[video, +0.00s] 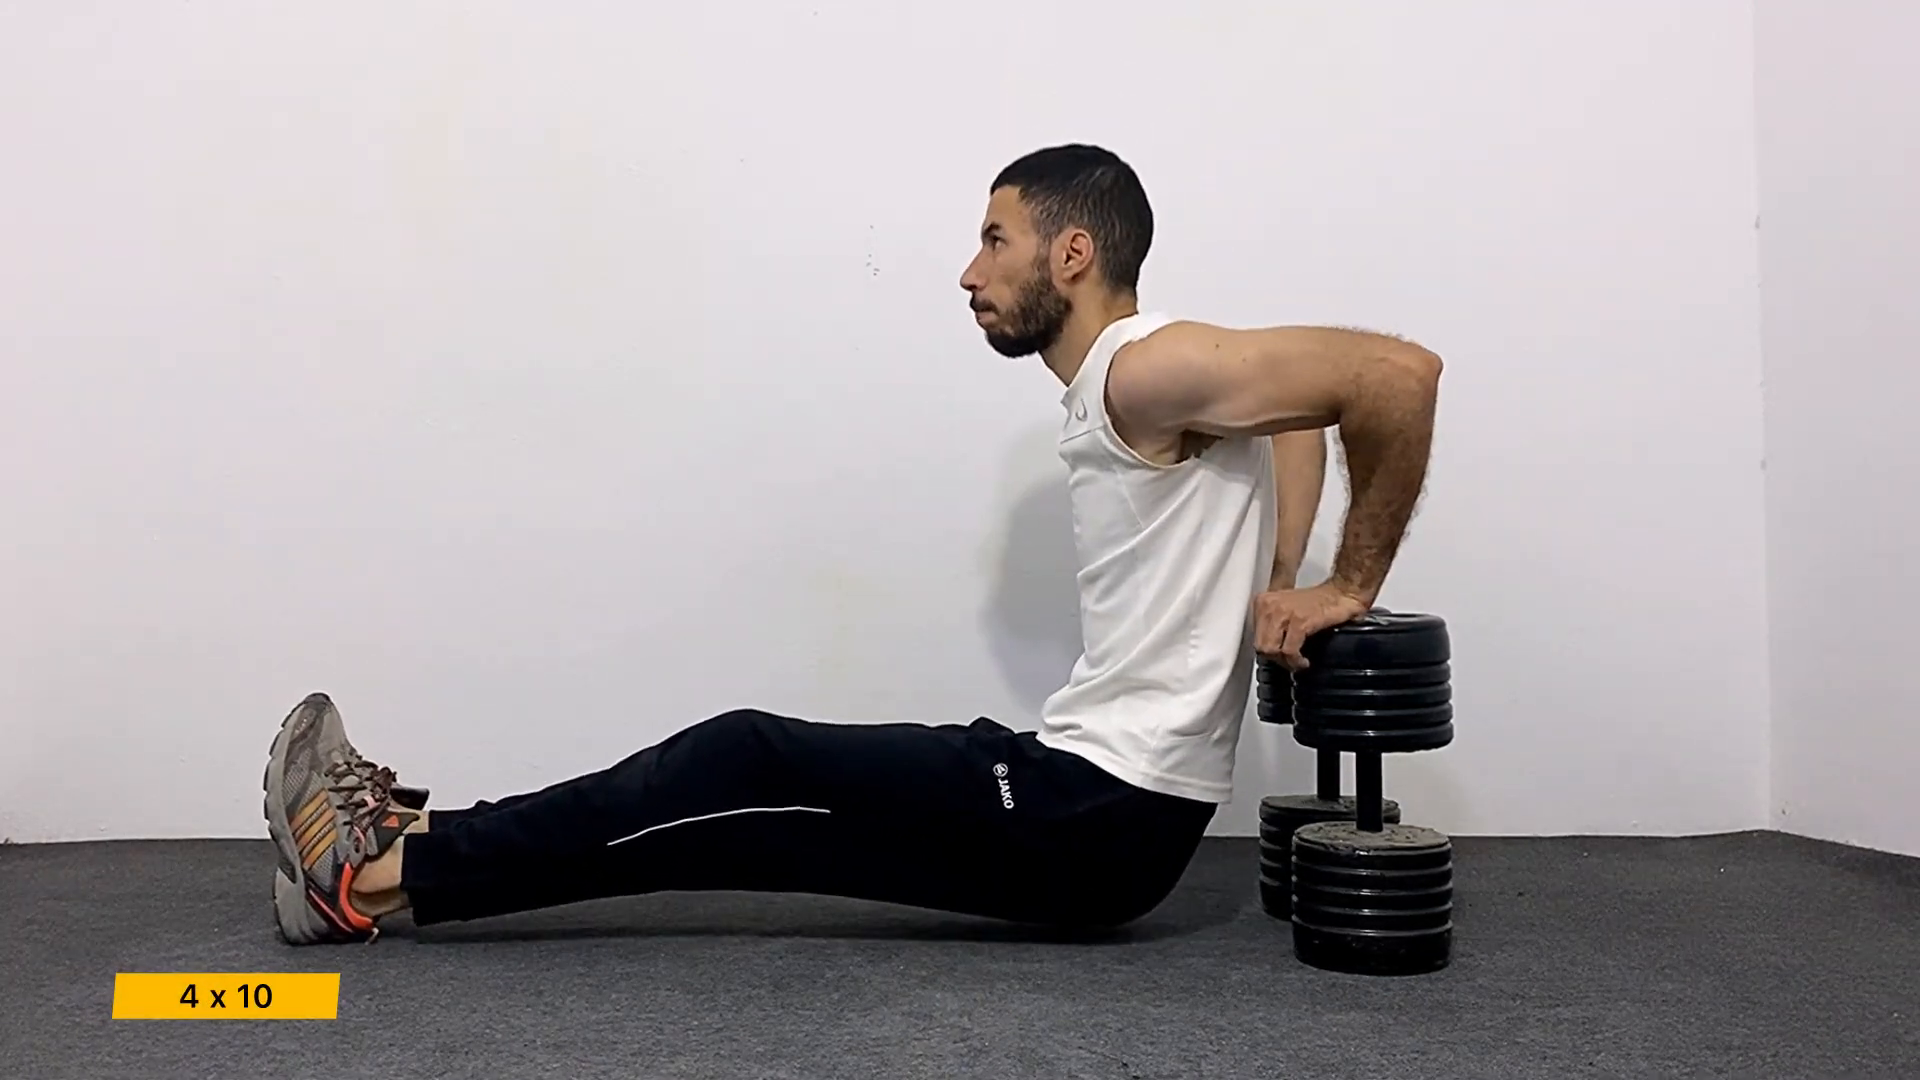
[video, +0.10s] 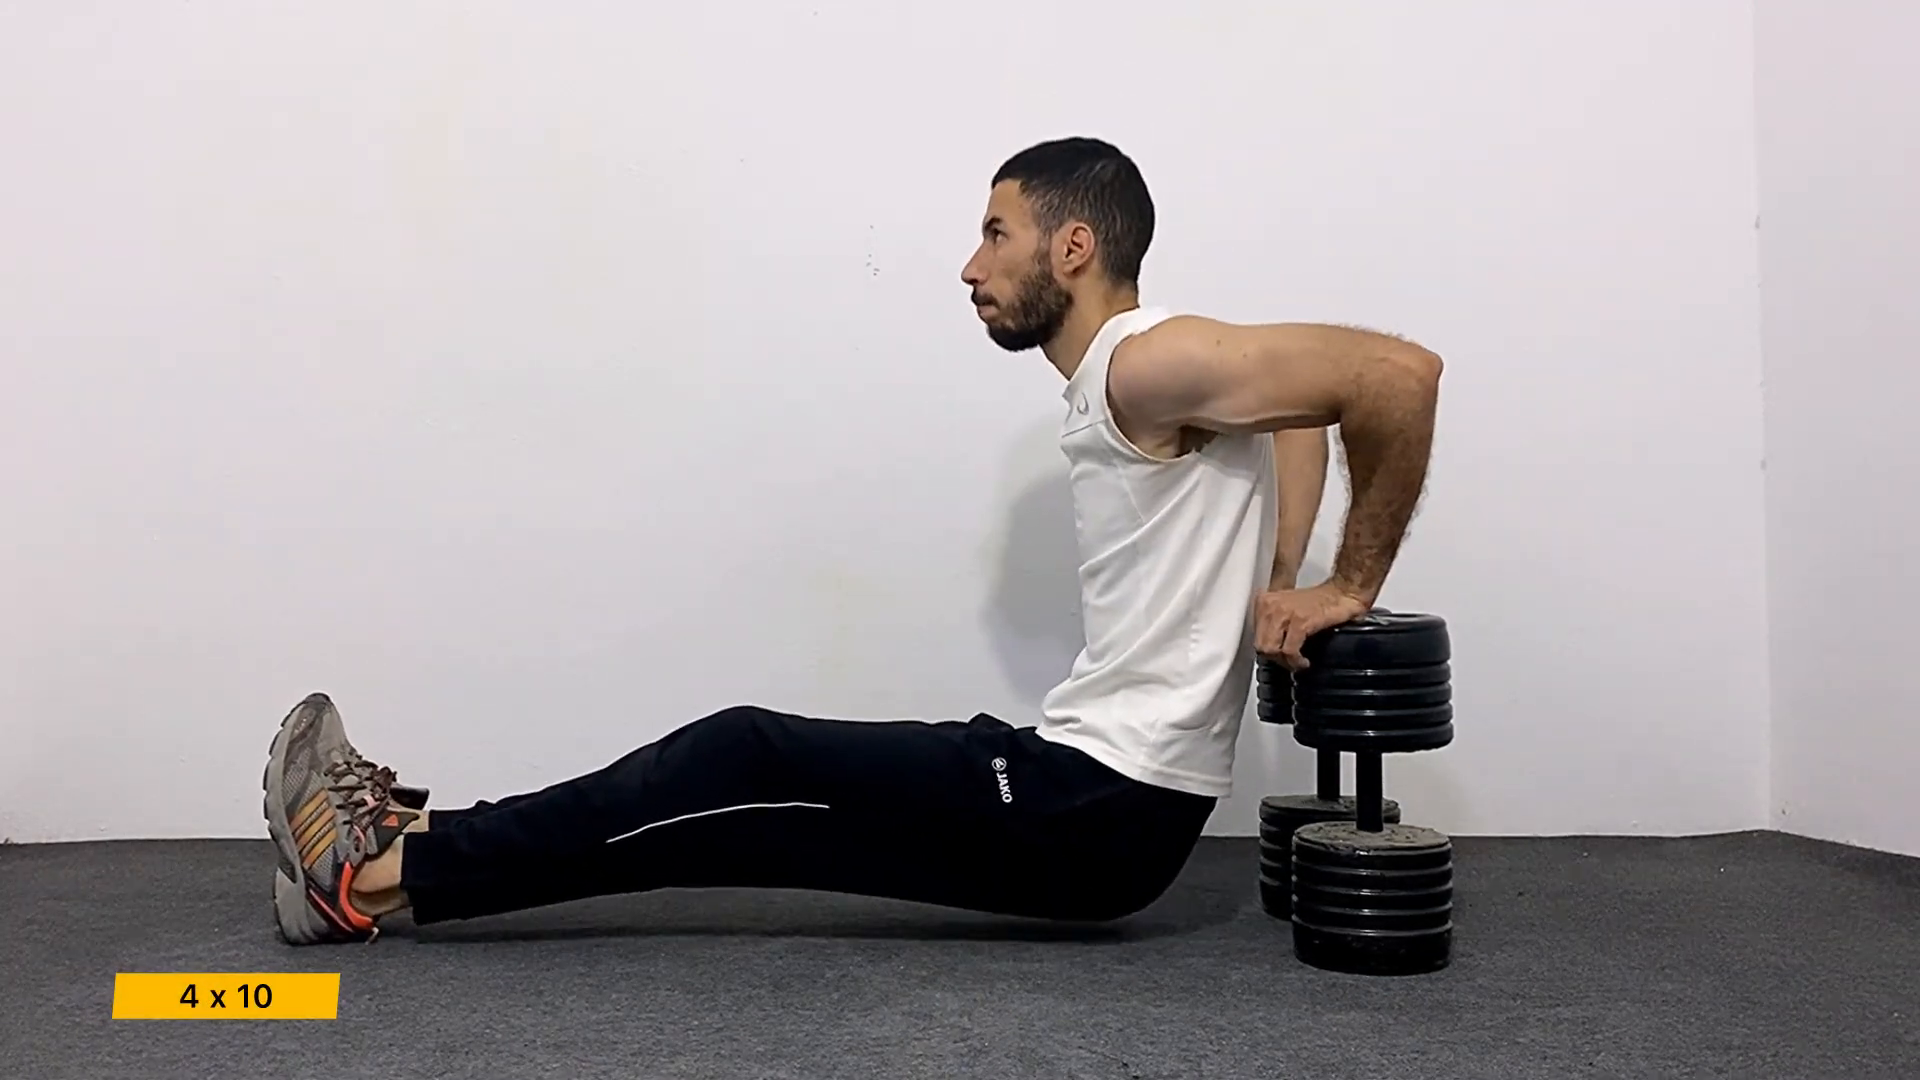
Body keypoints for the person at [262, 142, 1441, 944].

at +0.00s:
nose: (972, 276)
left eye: (995, 244)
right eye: (980, 246)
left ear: (1078, 251)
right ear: (1083, 253)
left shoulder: (1143, 370)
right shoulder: (1138, 373)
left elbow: (1401, 381)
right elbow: (1300, 412)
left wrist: (1354, 592)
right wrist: (1279, 580)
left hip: (1095, 808)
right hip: (1092, 799)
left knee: (737, 756)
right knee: (726, 821)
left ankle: (381, 873)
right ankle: (417, 848)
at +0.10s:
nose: (973, 269)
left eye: (995, 238)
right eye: (981, 240)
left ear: (1079, 244)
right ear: (1081, 246)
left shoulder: (1144, 363)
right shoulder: (1131, 367)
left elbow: (1401, 380)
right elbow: (1303, 405)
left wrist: (1354, 591)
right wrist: (1280, 577)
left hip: (1098, 799)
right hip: (1090, 787)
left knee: (737, 754)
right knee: (727, 805)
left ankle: (382, 875)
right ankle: (422, 845)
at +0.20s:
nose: (973, 246)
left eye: (995, 214)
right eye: (981, 217)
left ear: (1082, 223)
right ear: (1083, 224)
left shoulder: (1143, 343)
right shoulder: (1126, 343)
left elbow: (1399, 377)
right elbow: (1303, 388)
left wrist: (1356, 590)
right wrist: (1281, 575)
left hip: (1104, 776)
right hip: (1086, 753)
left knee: (738, 752)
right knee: (734, 768)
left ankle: (393, 873)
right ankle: (422, 844)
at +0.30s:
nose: (979, 206)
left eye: (999, 175)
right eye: (985, 179)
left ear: (1085, 182)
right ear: (1090, 187)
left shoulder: (1151, 304)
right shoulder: (1128, 310)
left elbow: (1395, 371)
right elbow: (1300, 385)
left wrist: (1355, 587)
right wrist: (1279, 571)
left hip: (1100, 740)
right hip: (1077, 722)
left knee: (732, 742)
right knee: (732, 755)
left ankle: (380, 875)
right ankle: (413, 849)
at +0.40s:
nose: (987, 158)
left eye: (1008, 126)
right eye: (994, 128)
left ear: (1092, 134)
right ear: (1096, 140)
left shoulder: (1158, 255)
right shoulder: (1137, 269)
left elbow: (1380, 362)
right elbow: (1297, 377)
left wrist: (1352, 585)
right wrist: (1274, 576)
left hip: (1092, 692)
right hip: (1082, 685)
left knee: (730, 722)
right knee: (730, 759)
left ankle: (395, 863)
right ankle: (409, 858)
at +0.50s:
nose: (1000, 104)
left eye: (1023, 74)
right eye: (1006, 76)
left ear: (1102, 83)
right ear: (1095, 90)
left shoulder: (1172, 207)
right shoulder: (1144, 231)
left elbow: (1355, 358)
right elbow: (1276, 400)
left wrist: (1351, 585)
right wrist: (1269, 580)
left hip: (1084, 647)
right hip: (1071, 636)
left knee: (723, 724)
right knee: (724, 715)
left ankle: (390, 875)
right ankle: (416, 849)